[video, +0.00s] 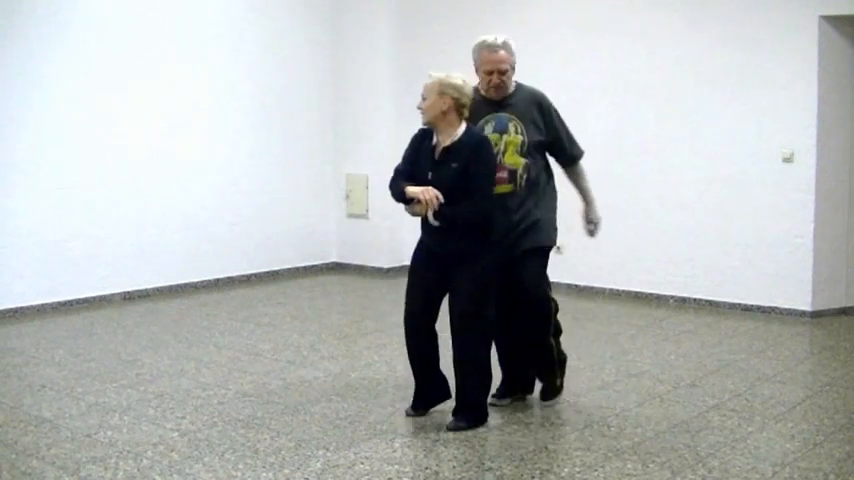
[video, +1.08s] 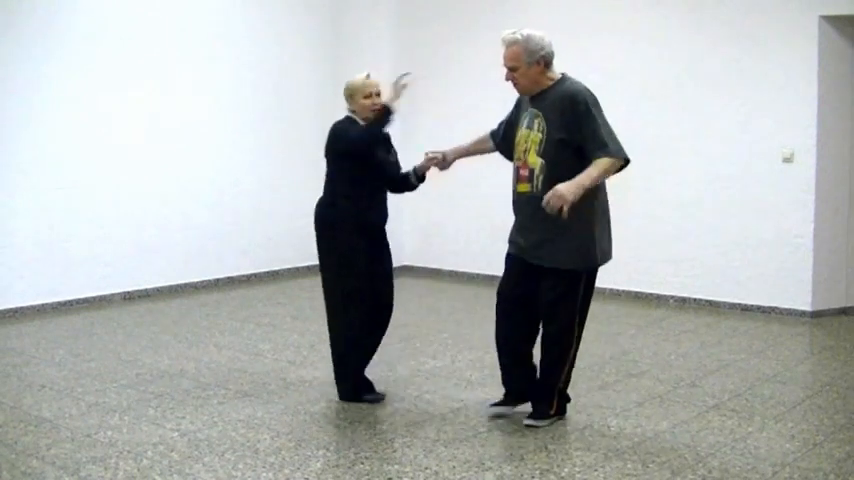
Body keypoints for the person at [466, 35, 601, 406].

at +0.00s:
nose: (498, 79)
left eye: (504, 71)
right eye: (490, 72)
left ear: (514, 68)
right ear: (476, 71)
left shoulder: (534, 103)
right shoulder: (466, 107)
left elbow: (568, 156)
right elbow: (448, 162)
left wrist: (589, 202)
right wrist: (445, 204)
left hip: (531, 221)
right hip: (486, 224)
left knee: (530, 295)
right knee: (498, 304)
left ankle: (551, 367)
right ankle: (514, 379)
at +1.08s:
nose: (507, 76)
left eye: (513, 69)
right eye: (506, 69)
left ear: (541, 66)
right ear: (528, 67)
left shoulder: (575, 99)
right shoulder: (526, 103)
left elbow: (613, 157)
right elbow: (500, 139)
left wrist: (575, 185)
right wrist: (453, 153)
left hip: (572, 242)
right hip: (528, 236)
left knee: (561, 326)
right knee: (512, 315)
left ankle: (551, 403)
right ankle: (519, 389)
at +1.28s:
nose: (511, 79)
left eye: (516, 72)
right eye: (510, 72)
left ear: (544, 68)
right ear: (534, 69)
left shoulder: (581, 101)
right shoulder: (531, 102)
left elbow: (631, 159)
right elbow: (513, 142)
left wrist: (622, 206)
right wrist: (477, 164)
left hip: (580, 242)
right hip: (540, 238)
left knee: (566, 322)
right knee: (535, 312)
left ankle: (555, 402)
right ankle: (555, 388)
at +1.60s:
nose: (519, 78)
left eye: (525, 72)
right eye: (518, 71)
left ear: (554, 69)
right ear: (545, 69)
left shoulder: (595, 101)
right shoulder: (525, 110)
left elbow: (650, 148)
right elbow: (480, 145)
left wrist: (680, 200)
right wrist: (426, 160)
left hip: (590, 230)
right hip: (551, 232)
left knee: (552, 304)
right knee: (557, 308)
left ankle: (558, 400)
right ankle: (566, 392)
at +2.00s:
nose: (500, 76)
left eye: (505, 68)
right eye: (499, 68)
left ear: (533, 67)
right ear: (526, 67)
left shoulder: (572, 100)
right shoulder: (516, 106)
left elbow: (627, 136)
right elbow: (481, 141)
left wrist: (645, 176)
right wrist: (433, 153)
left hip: (575, 245)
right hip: (532, 242)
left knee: (559, 326)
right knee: (515, 308)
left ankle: (556, 412)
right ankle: (547, 391)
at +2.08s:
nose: (492, 72)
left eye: (497, 65)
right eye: (492, 65)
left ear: (523, 66)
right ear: (519, 66)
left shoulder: (555, 96)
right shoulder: (517, 103)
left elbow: (593, 134)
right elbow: (491, 148)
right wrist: (443, 159)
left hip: (560, 247)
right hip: (523, 243)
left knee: (553, 327)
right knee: (498, 301)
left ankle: (555, 411)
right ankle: (522, 388)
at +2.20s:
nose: (479, 74)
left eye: (482, 67)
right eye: (479, 67)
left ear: (504, 66)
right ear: (507, 66)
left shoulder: (531, 97)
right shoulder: (515, 101)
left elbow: (526, 148)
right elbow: (510, 162)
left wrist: (457, 160)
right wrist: (463, 169)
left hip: (530, 242)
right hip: (510, 239)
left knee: (533, 325)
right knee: (481, 308)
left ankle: (552, 410)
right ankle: (463, 392)